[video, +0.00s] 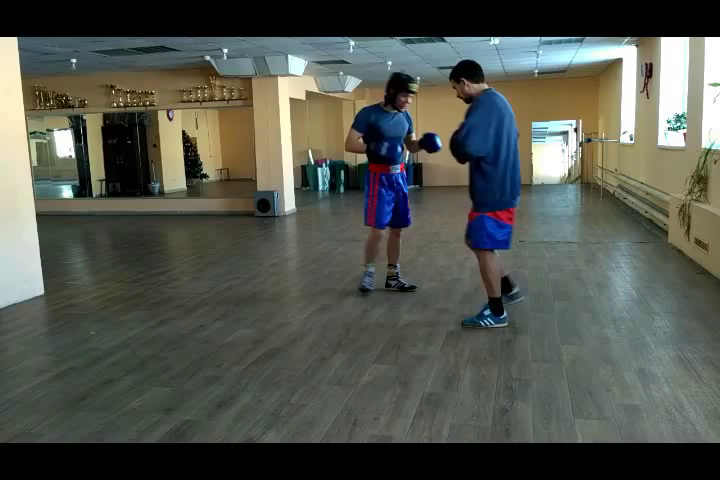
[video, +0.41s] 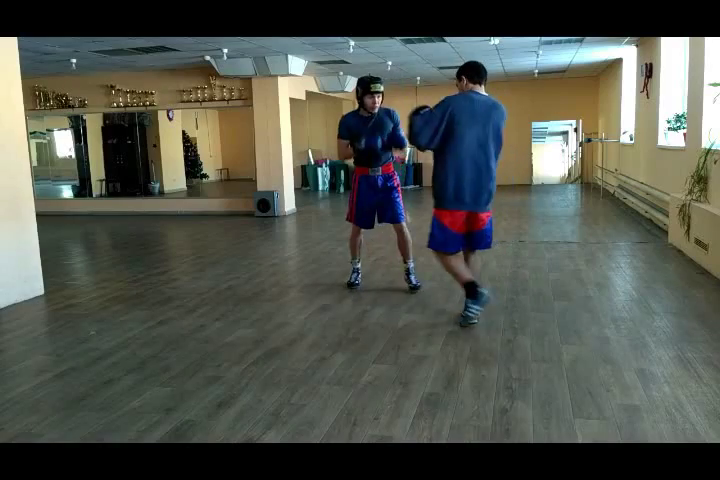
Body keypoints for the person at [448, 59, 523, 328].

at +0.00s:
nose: (457, 95)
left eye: (456, 88)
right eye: (455, 89)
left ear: (465, 82)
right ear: (476, 80)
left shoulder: (485, 106)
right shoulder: (495, 101)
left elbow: (464, 152)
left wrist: (458, 134)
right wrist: (463, 135)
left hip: (492, 193)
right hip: (500, 188)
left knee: (484, 248)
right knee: (475, 239)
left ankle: (496, 311)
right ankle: (506, 286)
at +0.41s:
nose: (457, 86)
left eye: (457, 82)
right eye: (457, 82)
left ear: (463, 81)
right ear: (484, 82)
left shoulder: (452, 104)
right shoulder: (498, 109)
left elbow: (422, 139)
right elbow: (495, 148)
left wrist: (420, 114)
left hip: (451, 191)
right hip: (483, 191)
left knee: (444, 248)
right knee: (471, 249)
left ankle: (474, 289)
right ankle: (471, 307)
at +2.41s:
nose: (407, 90)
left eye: (406, 86)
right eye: (408, 86)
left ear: (384, 84)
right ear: (406, 86)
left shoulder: (370, 107)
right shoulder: (406, 112)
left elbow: (371, 144)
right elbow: (412, 159)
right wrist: (424, 146)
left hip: (370, 184)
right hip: (396, 188)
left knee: (380, 243)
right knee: (403, 246)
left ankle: (384, 294)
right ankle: (390, 304)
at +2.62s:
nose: (407, 94)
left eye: (406, 90)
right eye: (407, 90)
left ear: (381, 89)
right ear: (403, 90)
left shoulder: (364, 113)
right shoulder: (406, 118)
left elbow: (350, 149)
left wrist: (355, 185)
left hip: (365, 193)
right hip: (390, 195)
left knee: (381, 247)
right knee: (391, 253)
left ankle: (379, 291)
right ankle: (365, 311)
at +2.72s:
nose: (403, 97)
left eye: (382, 86)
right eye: (405, 94)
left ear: (381, 89)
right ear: (403, 93)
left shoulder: (364, 114)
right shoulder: (405, 121)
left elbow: (345, 148)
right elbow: (407, 167)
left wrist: (354, 180)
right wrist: (411, 190)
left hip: (362, 191)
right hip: (388, 195)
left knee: (379, 245)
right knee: (389, 254)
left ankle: (376, 289)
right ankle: (364, 312)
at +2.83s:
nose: (401, 96)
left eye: (399, 92)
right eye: (402, 93)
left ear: (378, 90)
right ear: (399, 92)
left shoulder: (362, 116)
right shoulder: (402, 121)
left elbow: (344, 148)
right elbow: (407, 168)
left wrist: (352, 168)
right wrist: (402, 176)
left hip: (360, 191)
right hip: (387, 192)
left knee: (375, 241)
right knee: (385, 254)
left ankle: (376, 283)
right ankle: (363, 314)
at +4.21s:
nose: (402, 101)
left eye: (402, 97)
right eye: (402, 96)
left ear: (382, 93)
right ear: (396, 96)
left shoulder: (371, 114)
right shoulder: (381, 119)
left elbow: (381, 139)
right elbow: (383, 165)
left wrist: (398, 117)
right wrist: (395, 164)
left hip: (375, 192)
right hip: (370, 193)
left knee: (392, 234)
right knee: (363, 241)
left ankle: (387, 280)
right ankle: (340, 297)